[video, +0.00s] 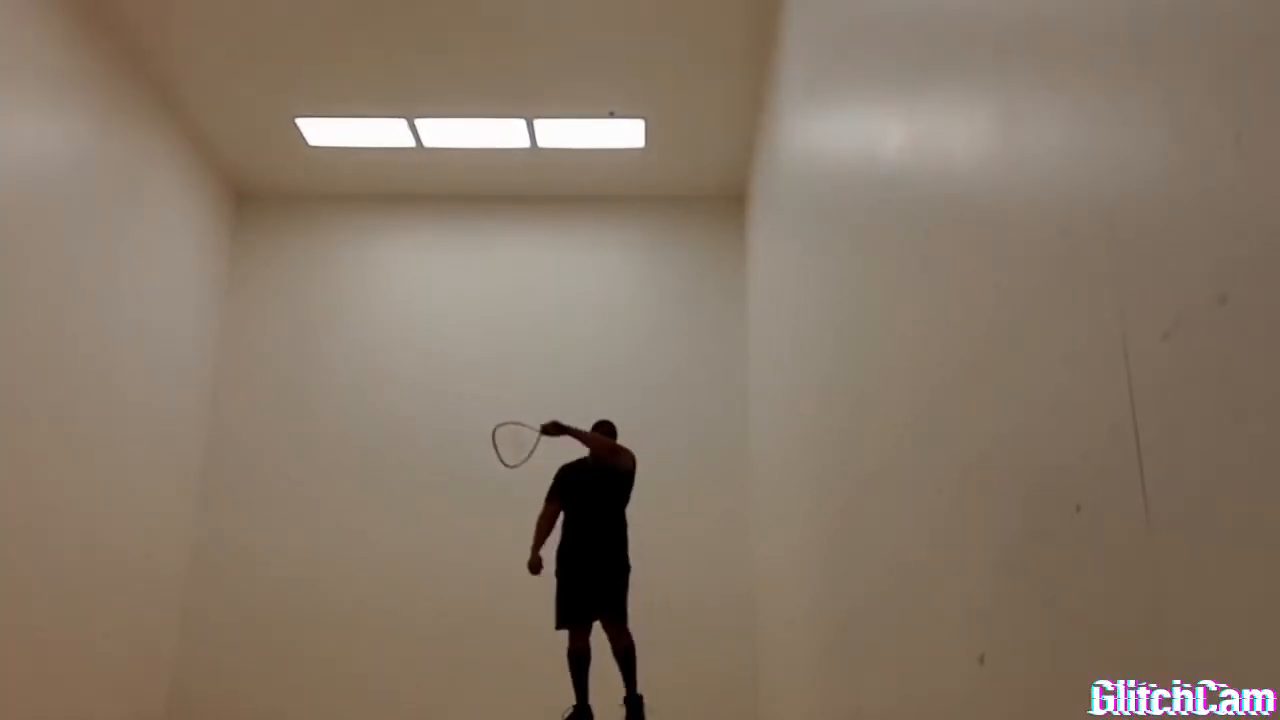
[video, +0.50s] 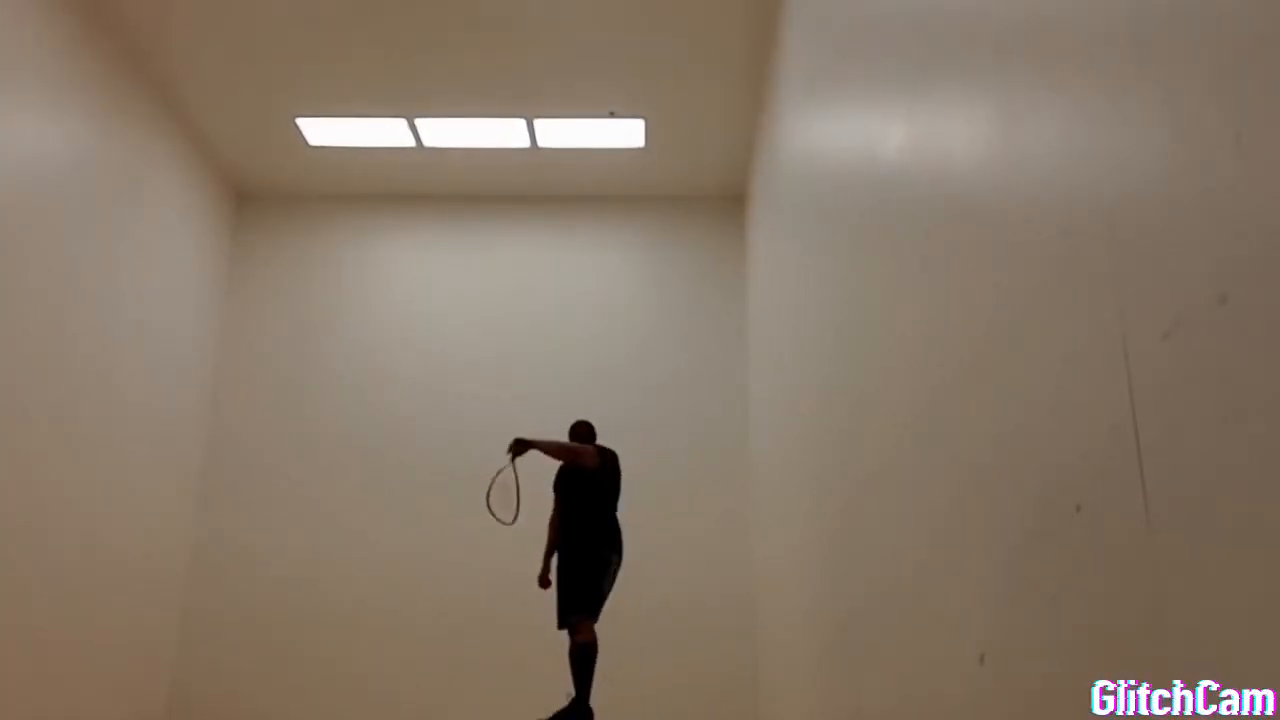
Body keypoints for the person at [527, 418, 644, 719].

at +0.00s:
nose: (601, 443)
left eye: (604, 438)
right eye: (599, 438)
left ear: (609, 441)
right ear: (593, 440)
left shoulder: (625, 465)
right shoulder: (568, 471)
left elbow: (606, 447)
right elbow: (550, 512)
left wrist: (566, 430)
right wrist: (535, 549)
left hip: (611, 559)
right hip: (574, 559)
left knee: (615, 626)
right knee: (578, 631)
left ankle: (632, 696)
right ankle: (581, 705)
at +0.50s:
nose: (577, 444)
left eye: (580, 439)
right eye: (575, 440)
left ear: (583, 439)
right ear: (582, 438)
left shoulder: (608, 459)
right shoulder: (564, 472)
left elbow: (574, 453)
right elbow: (557, 517)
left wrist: (531, 444)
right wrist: (546, 563)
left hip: (601, 548)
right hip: (572, 550)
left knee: (584, 623)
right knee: (576, 625)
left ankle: (582, 703)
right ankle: (580, 701)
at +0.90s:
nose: (547, 448)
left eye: (547, 441)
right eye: (545, 443)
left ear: (556, 436)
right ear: (565, 433)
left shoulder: (589, 453)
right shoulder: (563, 467)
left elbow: (555, 471)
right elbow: (563, 515)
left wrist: (508, 475)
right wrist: (547, 552)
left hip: (600, 545)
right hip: (580, 548)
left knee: (581, 619)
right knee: (578, 618)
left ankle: (582, 703)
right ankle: (581, 701)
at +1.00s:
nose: (542, 443)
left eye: (544, 436)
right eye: (540, 437)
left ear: (557, 432)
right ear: (555, 433)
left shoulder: (582, 456)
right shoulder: (562, 467)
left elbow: (561, 496)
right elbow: (568, 516)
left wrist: (513, 515)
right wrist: (551, 552)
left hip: (599, 547)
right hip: (583, 550)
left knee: (584, 622)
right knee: (579, 623)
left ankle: (583, 704)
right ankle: (581, 702)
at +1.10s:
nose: (540, 440)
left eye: (542, 432)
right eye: (538, 434)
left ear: (555, 430)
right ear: (557, 430)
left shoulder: (577, 458)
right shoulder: (566, 462)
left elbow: (570, 511)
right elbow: (568, 514)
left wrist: (544, 551)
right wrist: (556, 553)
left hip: (596, 545)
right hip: (583, 547)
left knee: (584, 622)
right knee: (579, 622)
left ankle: (583, 704)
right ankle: (581, 702)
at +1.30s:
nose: (545, 432)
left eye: (550, 426)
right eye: (544, 427)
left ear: (563, 426)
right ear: (549, 429)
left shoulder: (582, 454)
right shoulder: (565, 460)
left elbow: (586, 497)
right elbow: (569, 506)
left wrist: (570, 530)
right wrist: (564, 550)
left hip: (596, 546)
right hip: (579, 548)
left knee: (589, 623)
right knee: (575, 624)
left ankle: (612, 701)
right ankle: (579, 703)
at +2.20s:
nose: (580, 447)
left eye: (584, 440)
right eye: (579, 441)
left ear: (599, 438)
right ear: (595, 439)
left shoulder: (613, 465)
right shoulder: (598, 469)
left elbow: (614, 512)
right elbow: (583, 509)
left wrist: (608, 550)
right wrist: (544, 503)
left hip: (611, 556)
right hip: (588, 555)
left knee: (603, 627)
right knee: (581, 627)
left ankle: (622, 705)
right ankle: (578, 704)